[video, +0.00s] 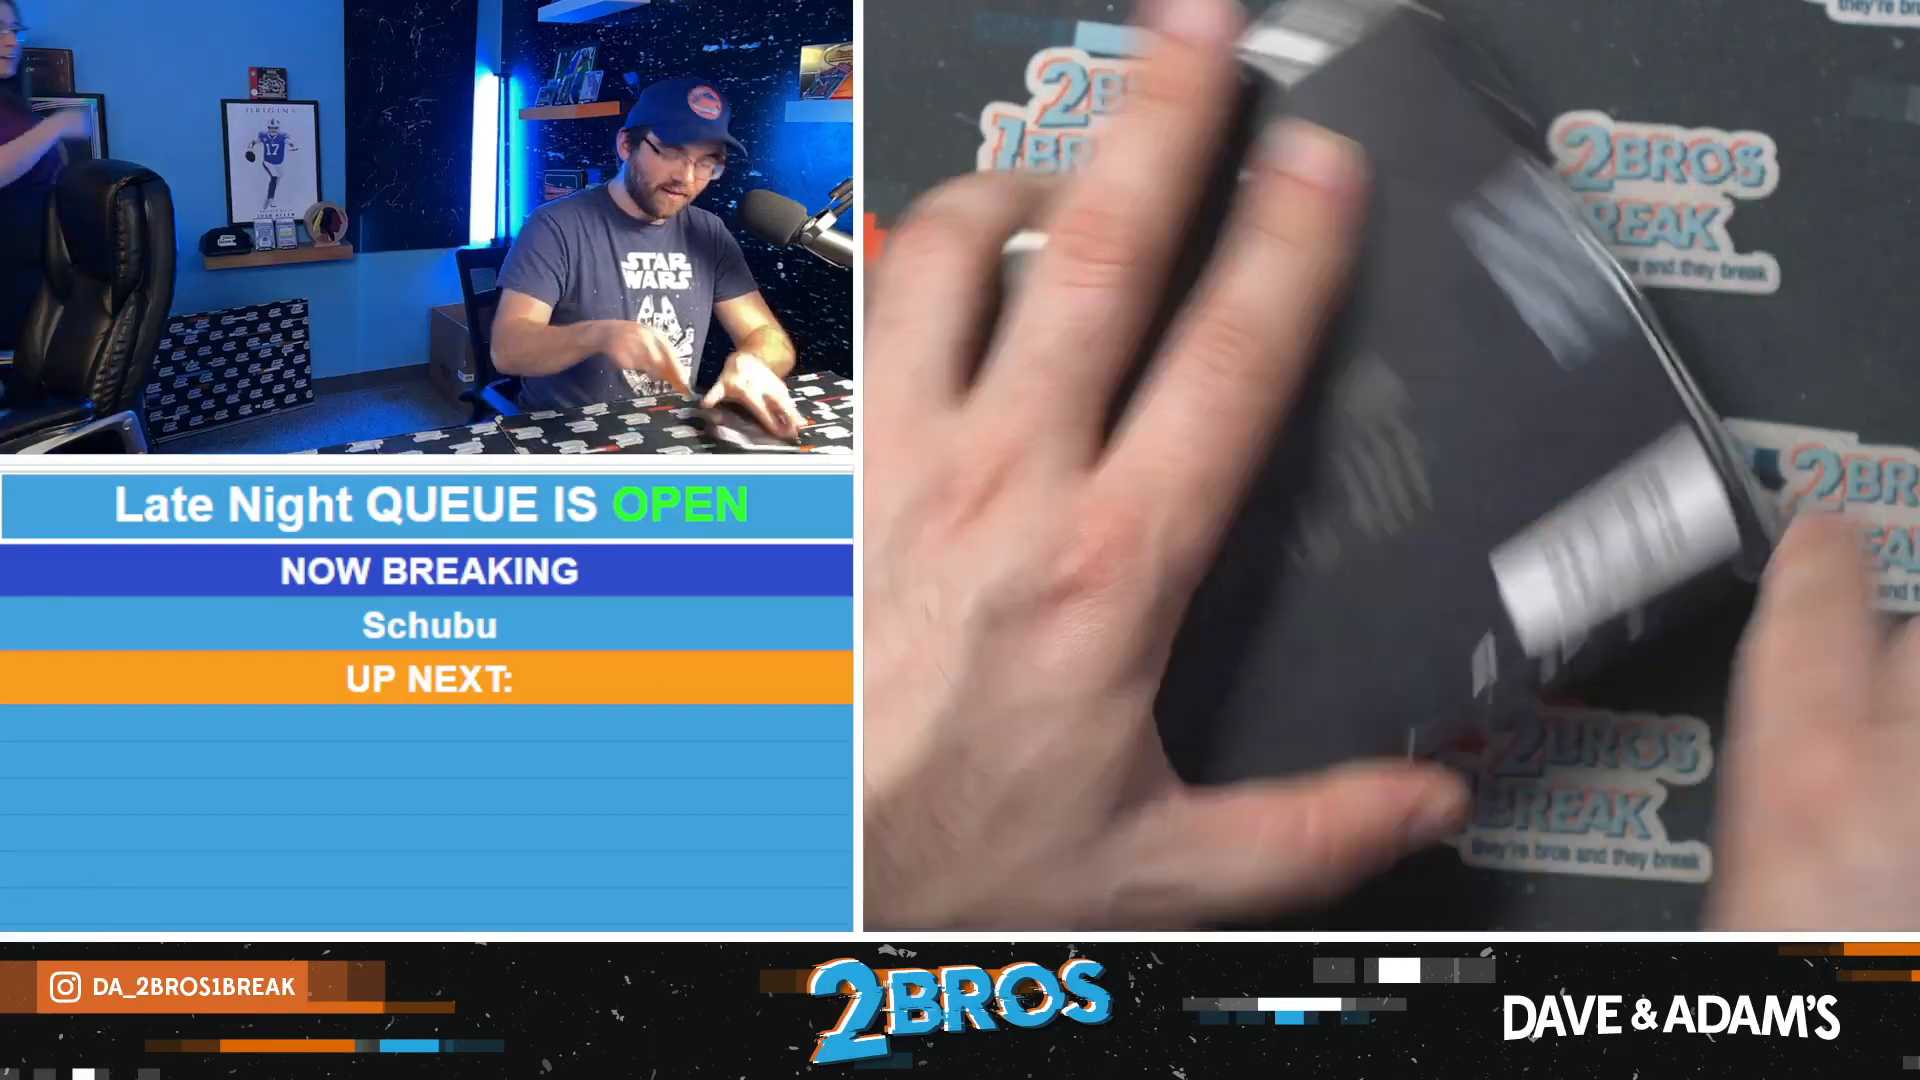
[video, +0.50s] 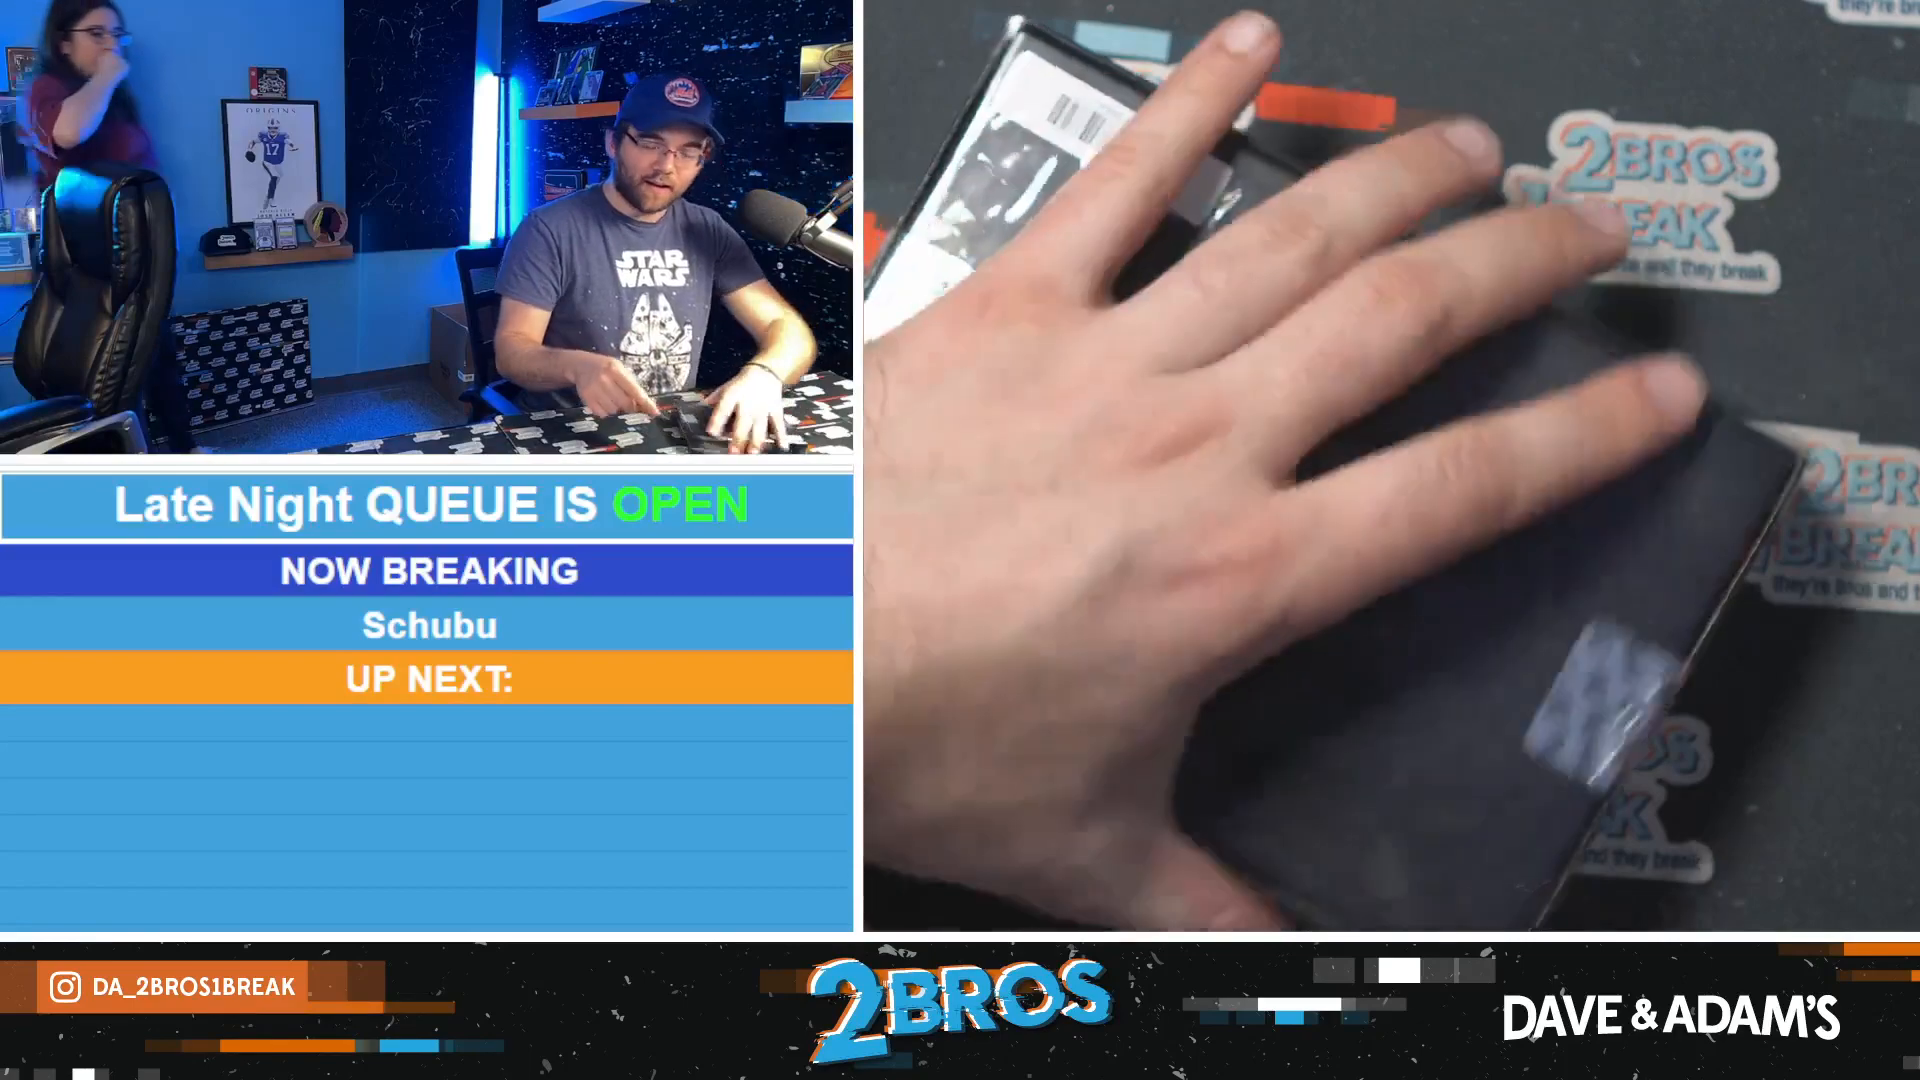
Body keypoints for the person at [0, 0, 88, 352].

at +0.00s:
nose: (11, 41)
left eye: (14, 30)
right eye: (3, 30)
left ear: (21, 36)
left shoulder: (15, 102)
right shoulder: (6, 104)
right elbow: (3, 170)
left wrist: (50, 150)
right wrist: (56, 125)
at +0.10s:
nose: (17, 40)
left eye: (22, 30)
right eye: (6, 29)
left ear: (28, 37)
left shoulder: (25, 104)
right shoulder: (5, 103)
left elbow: (53, 188)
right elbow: (4, 170)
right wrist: (61, 115)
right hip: (10, 278)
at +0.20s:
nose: (43, 40)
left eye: (49, 30)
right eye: (27, 28)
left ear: (54, 34)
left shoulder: (43, 86)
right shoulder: (5, 90)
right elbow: (33, 153)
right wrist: (64, 88)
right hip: (17, 241)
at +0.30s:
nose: (63, 40)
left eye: (69, 30)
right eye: (48, 28)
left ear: (75, 34)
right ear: (14, 39)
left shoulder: (62, 89)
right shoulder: (8, 86)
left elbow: (96, 162)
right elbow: (55, 139)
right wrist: (73, 78)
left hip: (66, 230)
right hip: (19, 233)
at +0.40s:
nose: (95, 44)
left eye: (100, 34)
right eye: (79, 32)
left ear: (106, 40)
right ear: (46, 42)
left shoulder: (101, 93)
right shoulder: (28, 87)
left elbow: (125, 163)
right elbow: (65, 132)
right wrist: (95, 77)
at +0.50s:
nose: (111, 43)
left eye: (117, 33)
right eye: (97, 33)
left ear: (124, 38)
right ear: (65, 40)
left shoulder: (117, 97)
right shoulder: (47, 86)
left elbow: (138, 166)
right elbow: (67, 132)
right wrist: (106, 77)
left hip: (129, 243)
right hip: (83, 249)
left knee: (153, 341)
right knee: (95, 349)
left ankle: (178, 441)